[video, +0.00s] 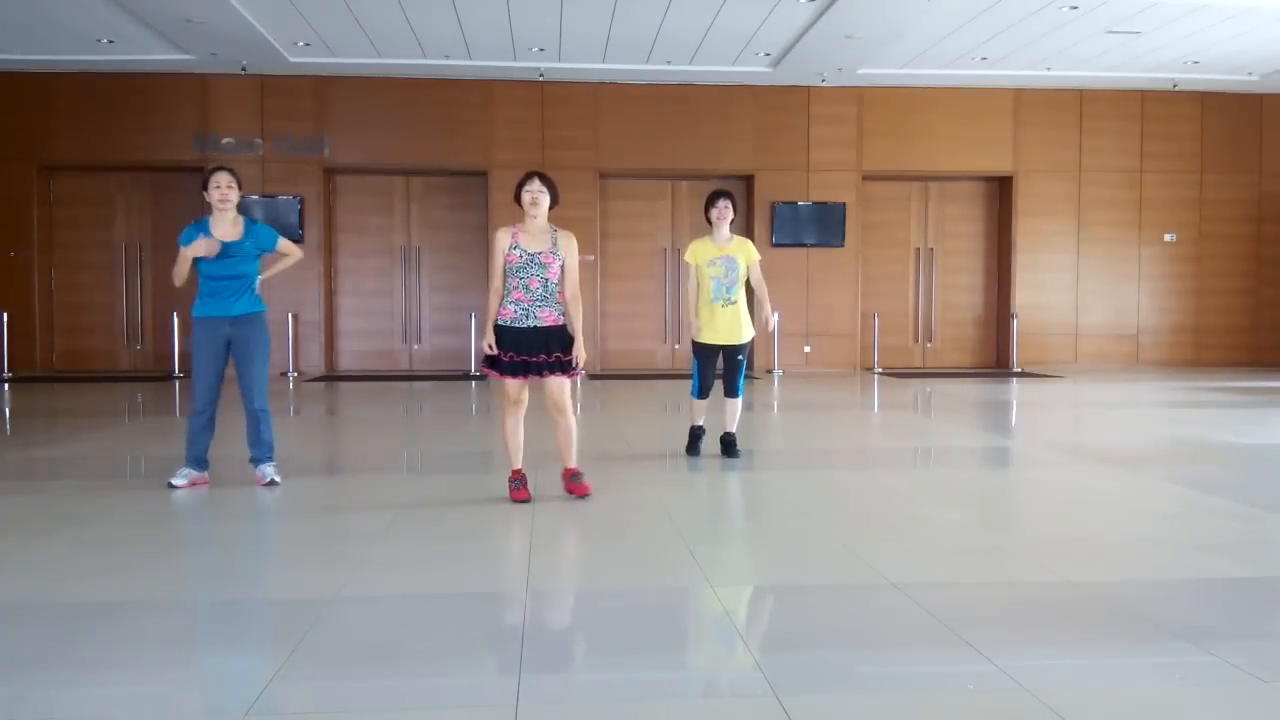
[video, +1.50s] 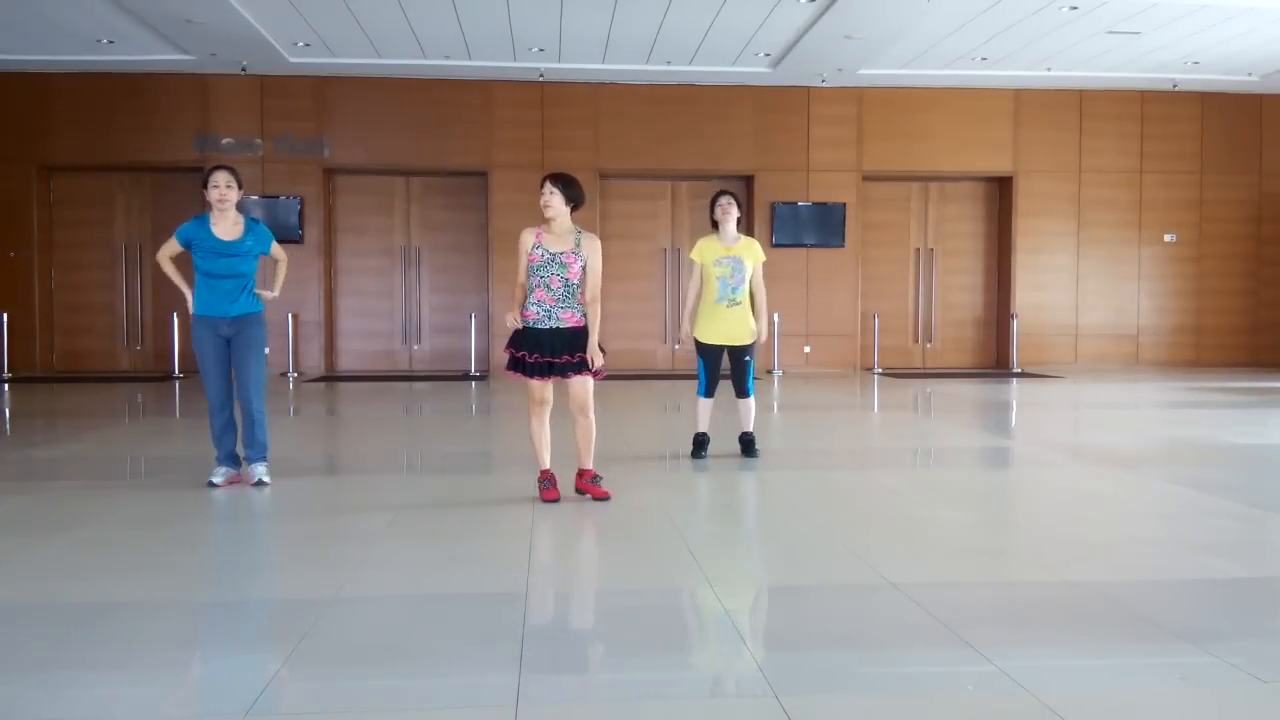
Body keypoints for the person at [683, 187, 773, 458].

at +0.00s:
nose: (721, 211)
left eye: (726, 207)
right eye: (716, 207)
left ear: (733, 213)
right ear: (708, 212)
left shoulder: (745, 246)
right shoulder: (696, 248)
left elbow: (758, 282)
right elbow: (691, 287)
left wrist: (767, 309)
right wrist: (692, 320)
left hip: (738, 328)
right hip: (705, 328)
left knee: (734, 387)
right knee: (701, 386)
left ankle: (729, 436)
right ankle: (696, 432)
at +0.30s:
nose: (722, 213)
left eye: (727, 208)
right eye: (717, 209)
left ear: (734, 214)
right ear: (709, 214)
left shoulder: (747, 248)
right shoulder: (698, 248)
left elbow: (752, 286)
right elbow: (692, 287)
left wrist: (756, 320)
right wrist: (691, 323)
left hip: (737, 329)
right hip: (705, 329)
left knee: (732, 388)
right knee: (704, 387)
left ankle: (729, 437)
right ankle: (700, 437)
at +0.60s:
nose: (721, 208)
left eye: (726, 204)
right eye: (715, 205)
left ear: (733, 210)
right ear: (707, 212)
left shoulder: (745, 245)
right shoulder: (697, 244)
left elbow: (753, 284)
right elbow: (686, 283)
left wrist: (761, 317)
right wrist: (675, 318)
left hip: (736, 327)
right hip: (702, 327)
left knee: (732, 387)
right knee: (704, 385)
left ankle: (729, 437)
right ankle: (700, 436)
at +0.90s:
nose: (716, 211)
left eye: (722, 207)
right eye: (711, 207)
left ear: (728, 213)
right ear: (703, 212)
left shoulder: (739, 246)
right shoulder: (690, 247)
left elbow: (749, 283)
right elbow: (683, 286)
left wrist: (757, 316)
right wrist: (677, 320)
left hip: (730, 328)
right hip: (697, 328)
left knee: (728, 387)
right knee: (700, 386)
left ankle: (728, 437)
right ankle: (700, 437)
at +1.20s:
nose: (709, 212)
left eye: (713, 206)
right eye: (704, 210)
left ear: (724, 210)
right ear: (700, 219)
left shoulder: (742, 247)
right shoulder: (693, 247)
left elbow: (745, 286)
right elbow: (685, 286)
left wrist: (735, 317)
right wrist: (682, 320)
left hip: (729, 327)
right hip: (697, 328)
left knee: (734, 386)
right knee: (699, 386)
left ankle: (735, 436)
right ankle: (700, 437)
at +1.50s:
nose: (725, 207)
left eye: (730, 204)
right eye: (720, 205)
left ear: (739, 211)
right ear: (713, 214)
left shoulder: (752, 246)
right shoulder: (704, 245)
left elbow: (758, 288)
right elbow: (694, 285)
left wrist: (762, 323)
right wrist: (686, 320)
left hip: (742, 327)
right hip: (708, 326)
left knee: (744, 386)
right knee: (706, 386)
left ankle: (748, 437)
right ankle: (701, 437)